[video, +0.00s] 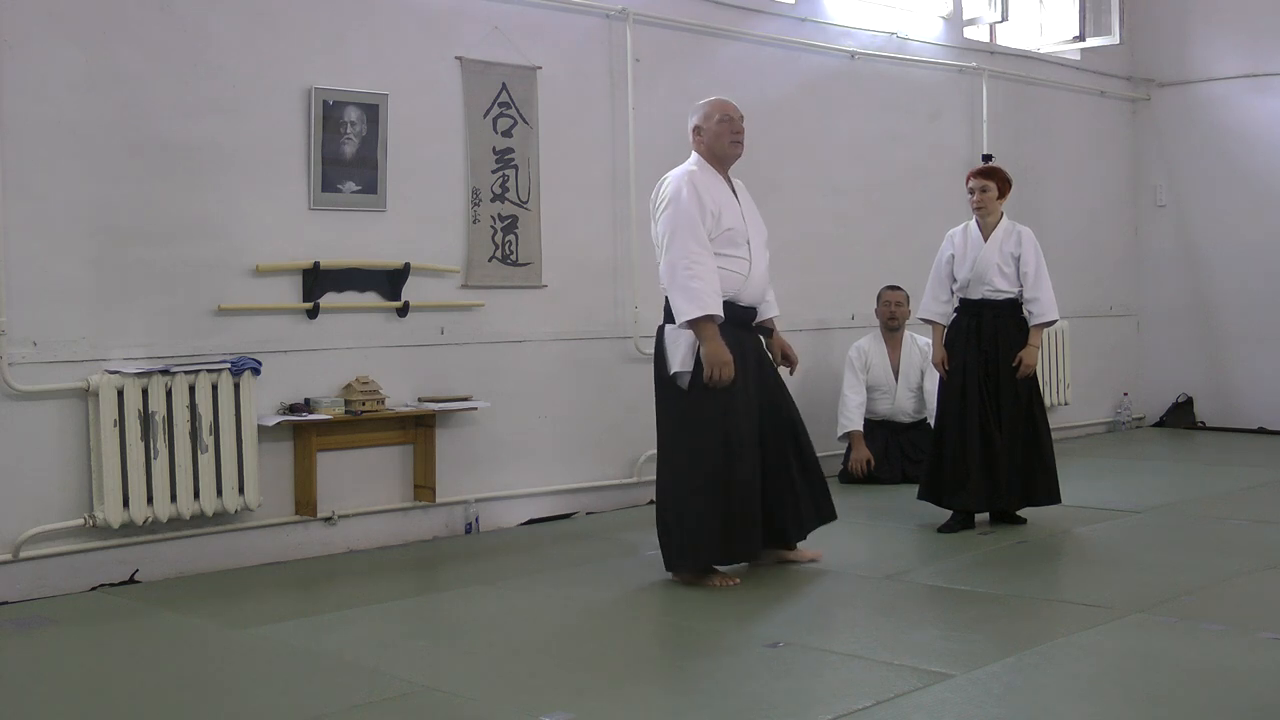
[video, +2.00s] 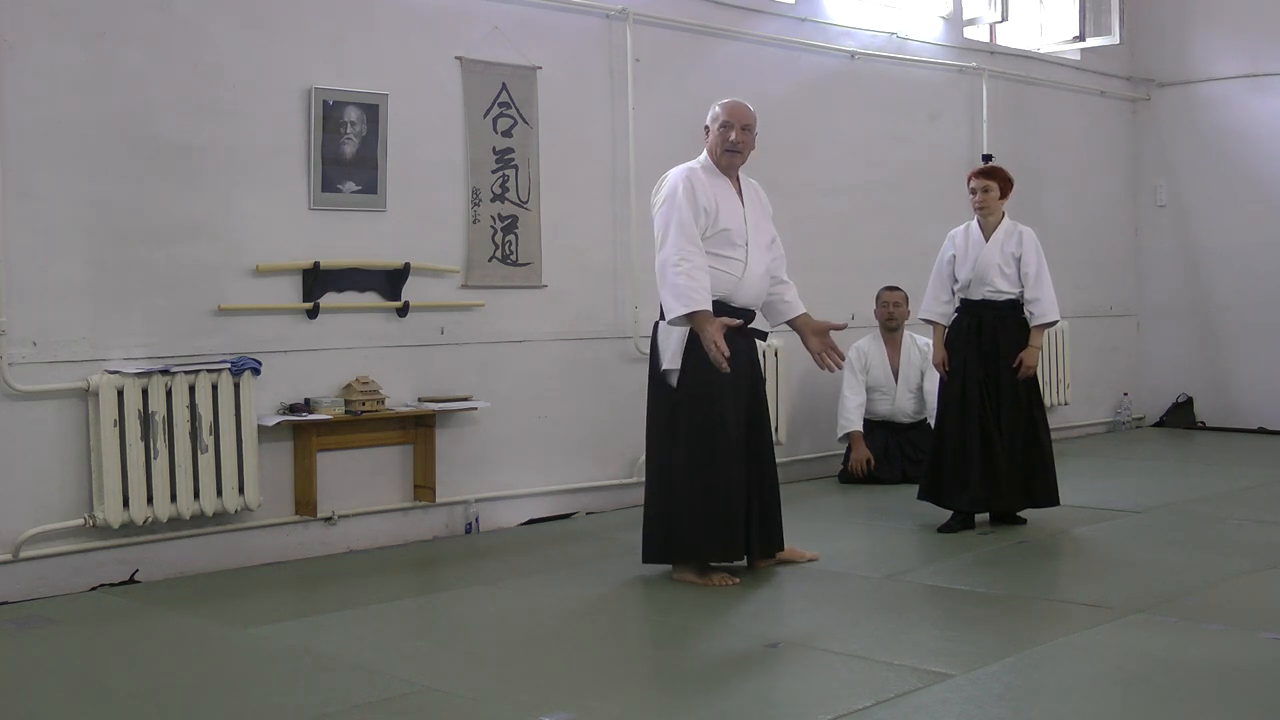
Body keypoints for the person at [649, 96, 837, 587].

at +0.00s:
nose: (739, 129)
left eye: (741, 123)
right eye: (726, 122)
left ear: (742, 135)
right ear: (698, 135)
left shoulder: (736, 190)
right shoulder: (682, 186)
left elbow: (750, 263)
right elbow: (686, 264)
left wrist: (771, 329)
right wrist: (709, 336)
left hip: (742, 330)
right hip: (698, 331)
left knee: (770, 432)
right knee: (700, 447)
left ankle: (771, 541)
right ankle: (691, 561)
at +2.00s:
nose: (736, 137)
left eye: (746, 131)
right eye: (727, 128)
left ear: (755, 140)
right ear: (707, 133)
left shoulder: (755, 194)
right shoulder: (683, 182)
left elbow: (772, 271)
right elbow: (678, 257)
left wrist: (806, 326)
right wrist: (701, 320)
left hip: (740, 329)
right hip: (694, 327)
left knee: (751, 438)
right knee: (695, 442)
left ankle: (763, 545)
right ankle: (689, 560)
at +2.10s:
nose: (737, 137)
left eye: (746, 130)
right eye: (727, 128)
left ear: (755, 140)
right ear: (707, 133)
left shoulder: (755, 195)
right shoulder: (683, 182)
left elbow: (772, 270)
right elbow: (677, 257)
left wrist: (802, 326)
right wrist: (699, 322)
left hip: (740, 329)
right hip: (693, 327)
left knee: (750, 438)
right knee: (695, 442)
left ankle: (762, 545)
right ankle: (689, 560)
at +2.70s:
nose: (766, 145)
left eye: (764, 136)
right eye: (762, 136)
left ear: (732, 136)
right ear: (742, 137)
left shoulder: (735, 188)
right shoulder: (699, 183)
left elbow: (751, 268)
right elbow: (700, 265)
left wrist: (793, 320)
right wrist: (729, 330)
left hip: (737, 329)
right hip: (699, 332)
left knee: (750, 440)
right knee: (699, 446)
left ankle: (761, 543)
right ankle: (692, 561)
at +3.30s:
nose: (781, 156)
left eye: (781, 146)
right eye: (781, 146)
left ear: (735, 137)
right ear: (771, 142)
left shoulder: (716, 177)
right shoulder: (744, 182)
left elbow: (744, 266)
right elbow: (757, 267)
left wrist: (794, 325)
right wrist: (796, 333)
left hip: (719, 321)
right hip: (725, 325)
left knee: (755, 438)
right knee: (706, 443)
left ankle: (766, 542)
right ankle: (692, 559)